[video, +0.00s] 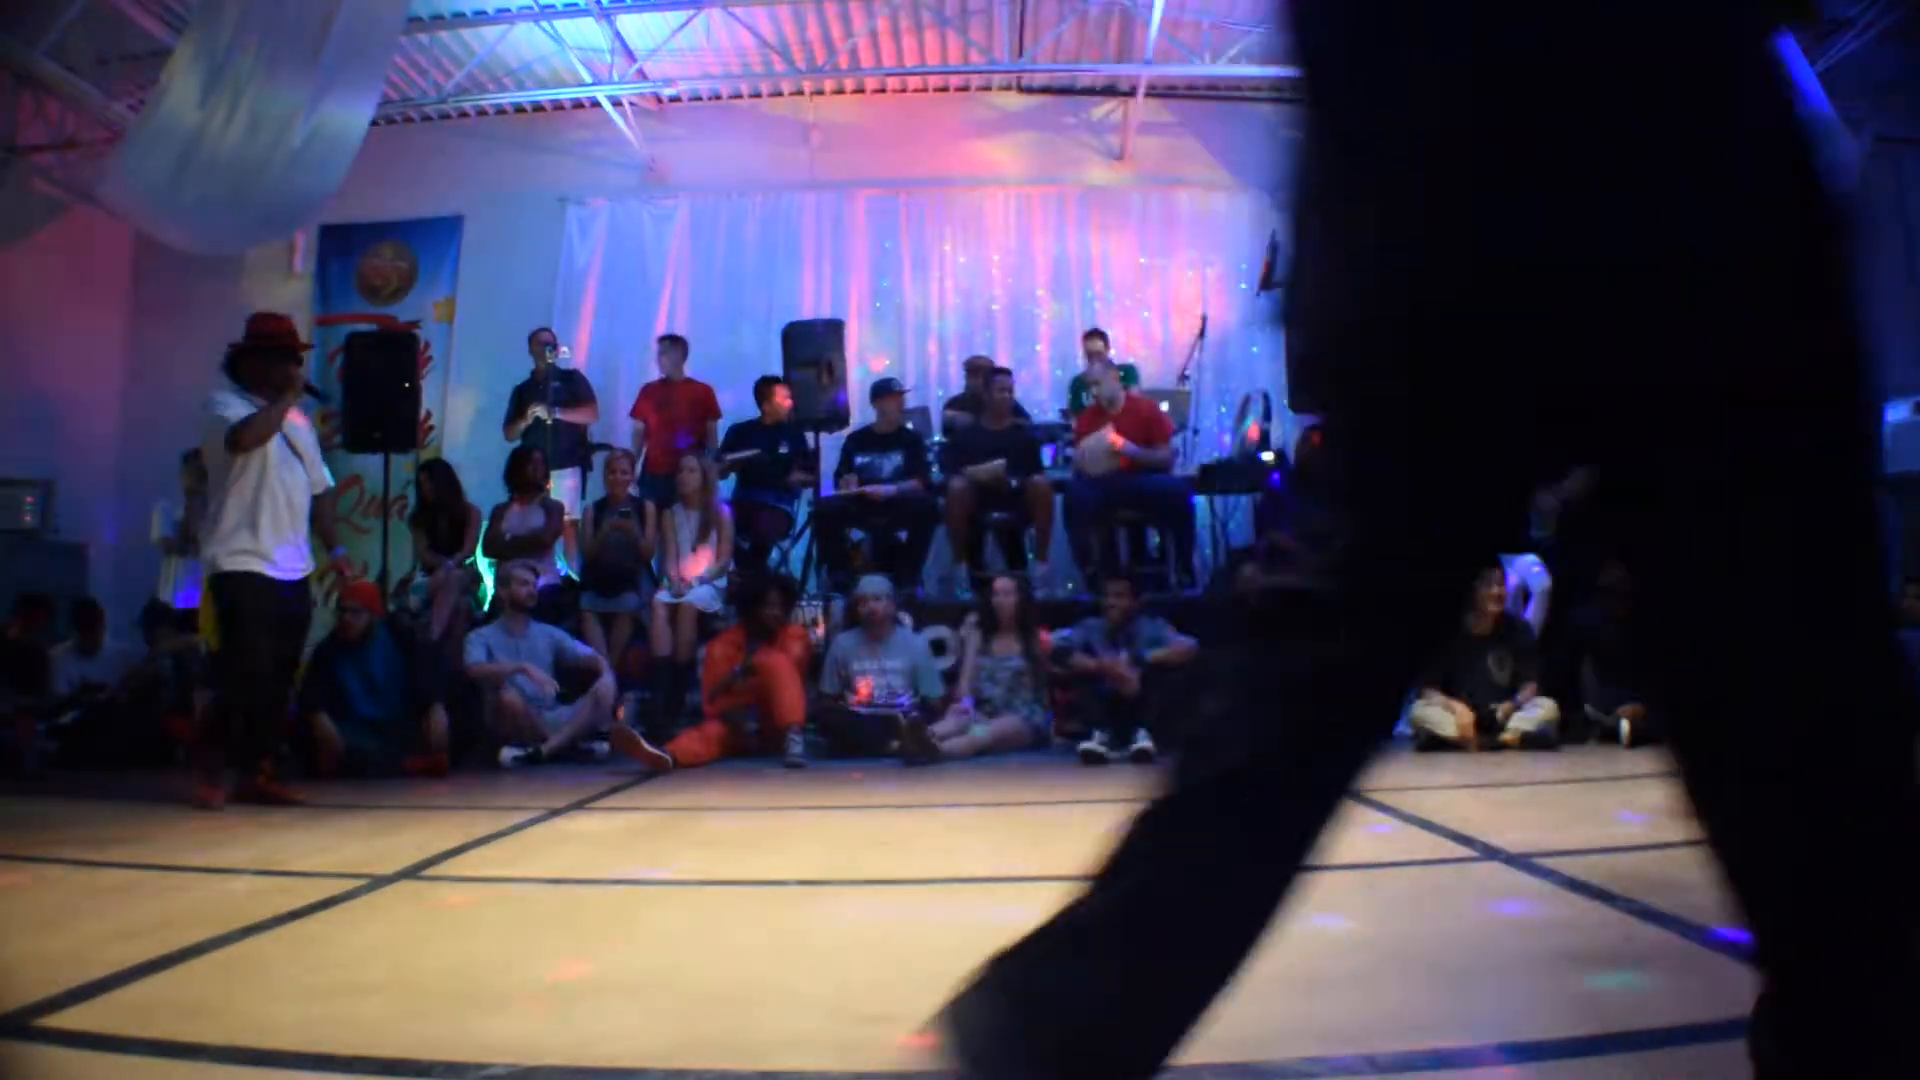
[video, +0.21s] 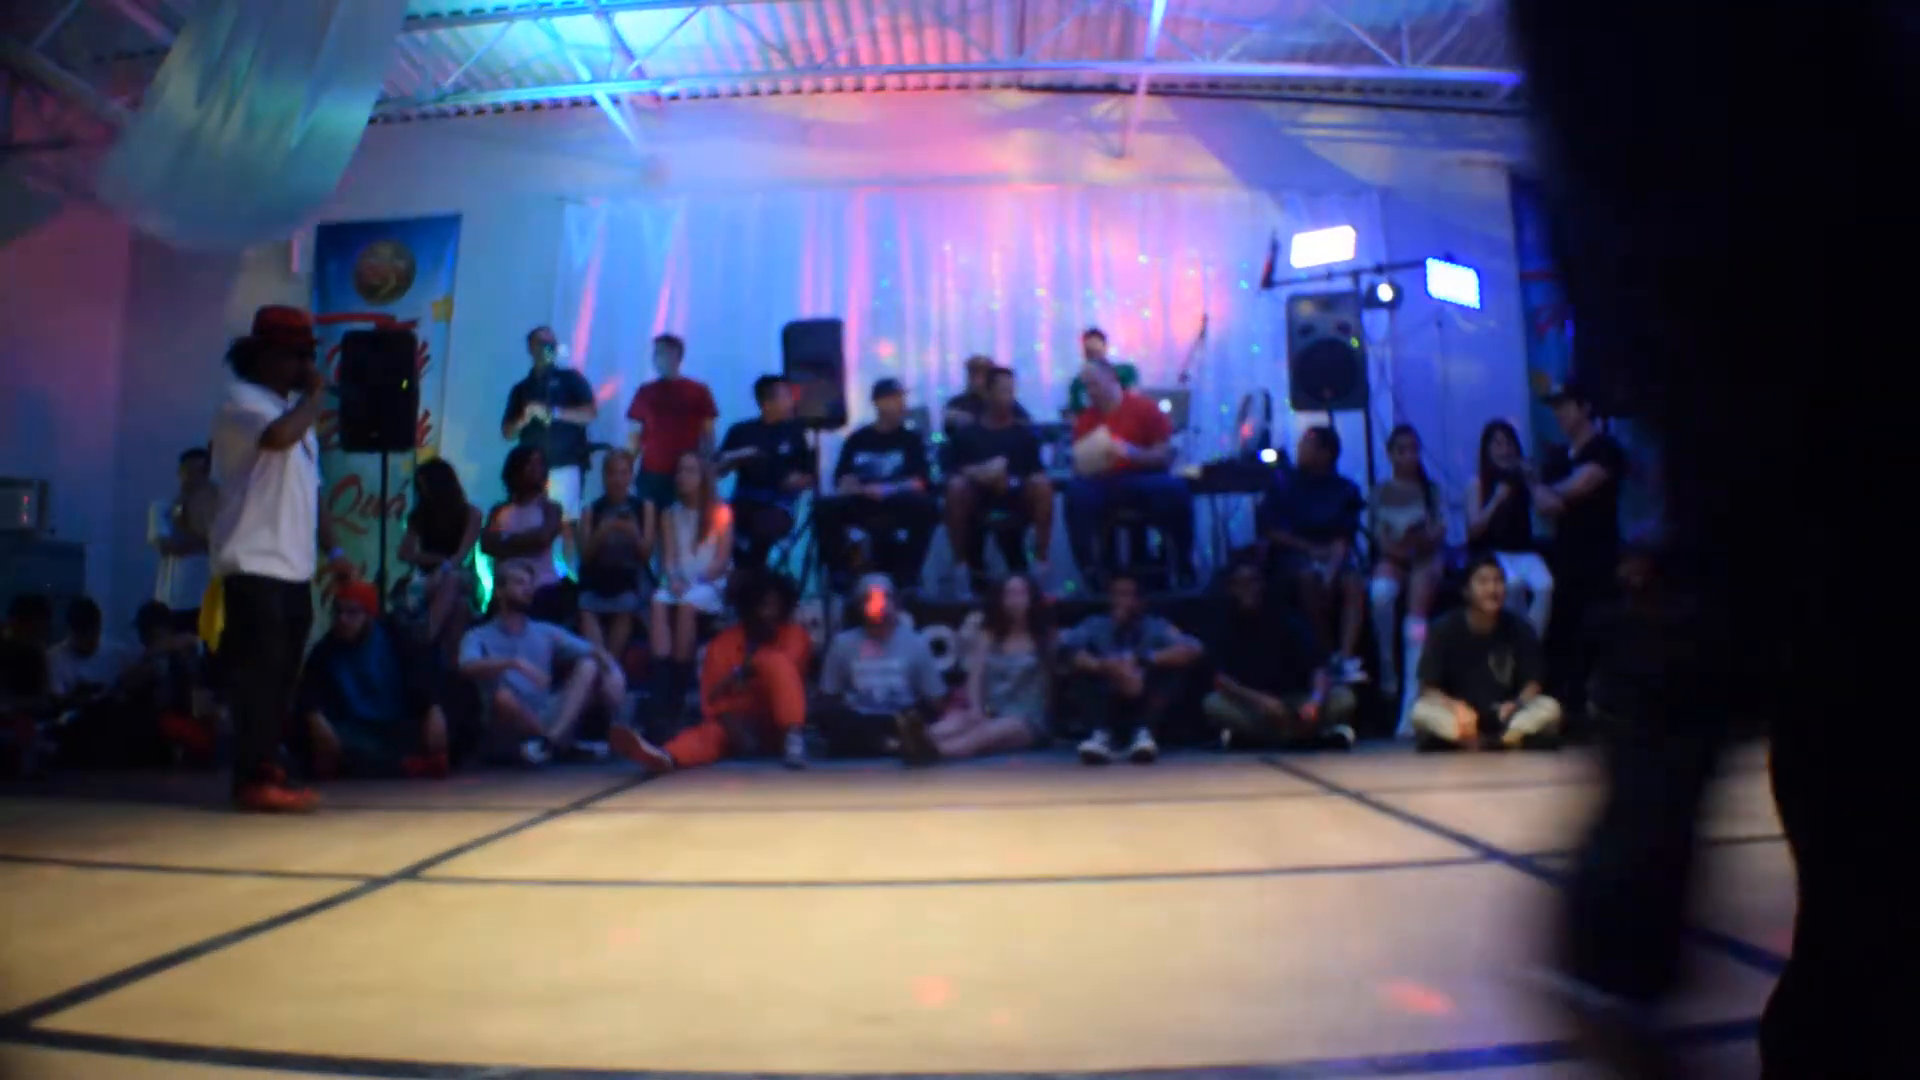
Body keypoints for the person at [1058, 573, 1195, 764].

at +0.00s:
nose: (1112, 603)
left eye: (1119, 597)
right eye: (1108, 596)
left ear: (1133, 602)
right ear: (1103, 601)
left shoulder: (1150, 628)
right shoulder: (1093, 629)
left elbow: (1188, 647)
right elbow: (1058, 648)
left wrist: (1143, 659)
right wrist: (1106, 668)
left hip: (1144, 698)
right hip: (1105, 698)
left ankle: (1144, 733)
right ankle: (1100, 734)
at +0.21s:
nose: (1122, 602)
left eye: (1127, 596)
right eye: (1117, 595)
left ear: (1138, 600)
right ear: (1110, 599)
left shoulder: (1153, 627)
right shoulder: (1098, 627)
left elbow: (1192, 649)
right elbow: (1064, 646)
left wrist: (1146, 660)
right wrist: (1110, 668)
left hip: (1146, 693)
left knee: (1167, 675)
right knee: (1093, 676)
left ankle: (1145, 733)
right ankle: (1101, 734)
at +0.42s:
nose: (1145, 602)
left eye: (1147, 596)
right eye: (1137, 597)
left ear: (1151, 599)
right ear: (1120, 603)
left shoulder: (1156, 627)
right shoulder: (1098, 628)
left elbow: (1194, 651)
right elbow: (1078, 658)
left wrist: (1150, 657)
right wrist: (1120, 665)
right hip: (1108, 698)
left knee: (1167, 671)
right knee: (1091, 673)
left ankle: (1144, 732)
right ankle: (1100, 733)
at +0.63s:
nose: (1144, 602)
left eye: (1146, 595)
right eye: (1136, 596)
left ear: (1150, 598)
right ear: (1118, 602)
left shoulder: (1155, 627)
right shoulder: (1096, 628)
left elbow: (1193, 651)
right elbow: (1077, 658)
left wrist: (1147, 657)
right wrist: (1117, 665)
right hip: (1107, 696)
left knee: (1168, 673)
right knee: (1089, 677)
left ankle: (1143, 731)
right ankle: (1099, 733)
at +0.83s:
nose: (1141, 603)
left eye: (1143, 596)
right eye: (1133, 597)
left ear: (1148, 598)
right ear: (1115, 603)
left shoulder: (1154, 627)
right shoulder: (1095, 629)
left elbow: (1193, 651)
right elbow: (1074, 656)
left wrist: (1146, 659)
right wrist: (1117, 666)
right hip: (1107, 699)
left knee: (1168, 672)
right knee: (1088, 677)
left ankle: (1143, 732)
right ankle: (1100, 733)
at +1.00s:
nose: (1146, 603)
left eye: (1147, 596)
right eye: (1139, 598)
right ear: (1119, 604)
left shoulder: (1154, 626)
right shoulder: (1095, 630)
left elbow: (1191, 650)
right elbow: (1067, 655)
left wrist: (1141, 658)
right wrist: (1111, 665)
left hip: (1146, 700)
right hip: (1107, 702)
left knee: (1171, 671)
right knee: (1085, 677)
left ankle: (1143, 734)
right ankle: (1101, 734)